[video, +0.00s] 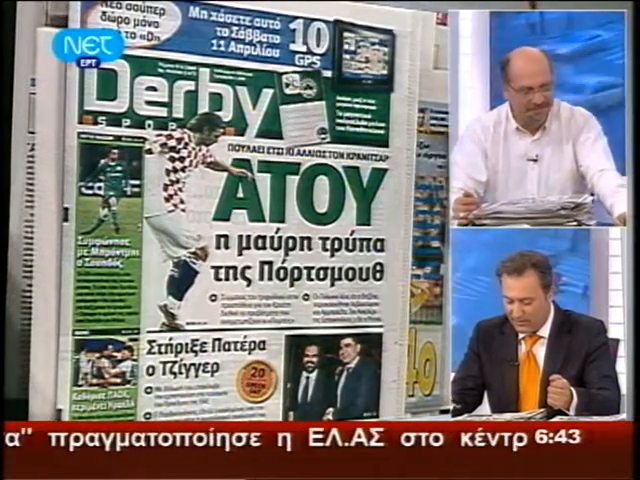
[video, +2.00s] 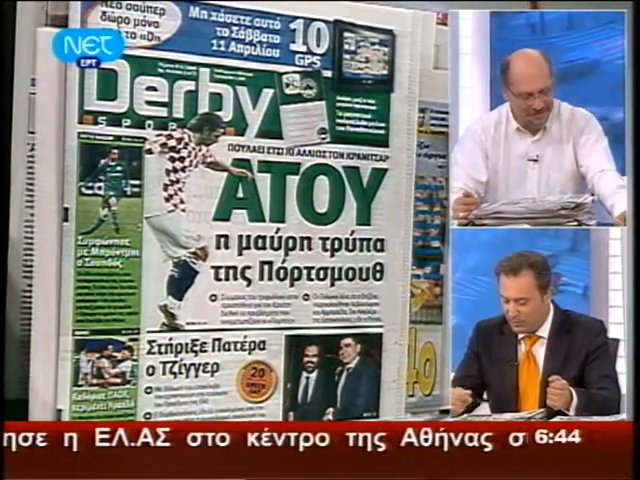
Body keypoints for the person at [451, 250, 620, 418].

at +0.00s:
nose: (516, 312)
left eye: (526, 302)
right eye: (509, 301)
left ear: (549, 294)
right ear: (503, 297)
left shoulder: (588, 332)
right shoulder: (487, 334)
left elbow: (610, 403)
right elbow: (461, 400)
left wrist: (574, 400)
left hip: (568, 450)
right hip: (504, 450)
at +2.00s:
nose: (511, 312)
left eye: (522, 302)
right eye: (506, 301)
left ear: (547, 296)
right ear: (500, 297)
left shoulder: (588, 332)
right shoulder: (486, 334)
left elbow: (610, 402)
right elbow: (465, 391)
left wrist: (574, 400)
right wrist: (456, 401)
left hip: (568, 451)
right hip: (503, 450)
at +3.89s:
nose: (508, 312)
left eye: (519, 303)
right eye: (503, 301)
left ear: (546, 297)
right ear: (498, 296)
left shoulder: (588, 333)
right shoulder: (486, 334)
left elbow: (610, 401)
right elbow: (462, 401)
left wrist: (570, 400)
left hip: (569, 451)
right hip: (505, 450)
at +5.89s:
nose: (508, 312)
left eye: (518, 302)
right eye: (502, 301)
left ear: (545, 296)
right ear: (498, 296)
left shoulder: (588, 332)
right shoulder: (486, 334)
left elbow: (610, 402)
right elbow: (464, 400)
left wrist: (569, 400)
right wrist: (453, 398)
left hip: (569, 452)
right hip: (504, 450)